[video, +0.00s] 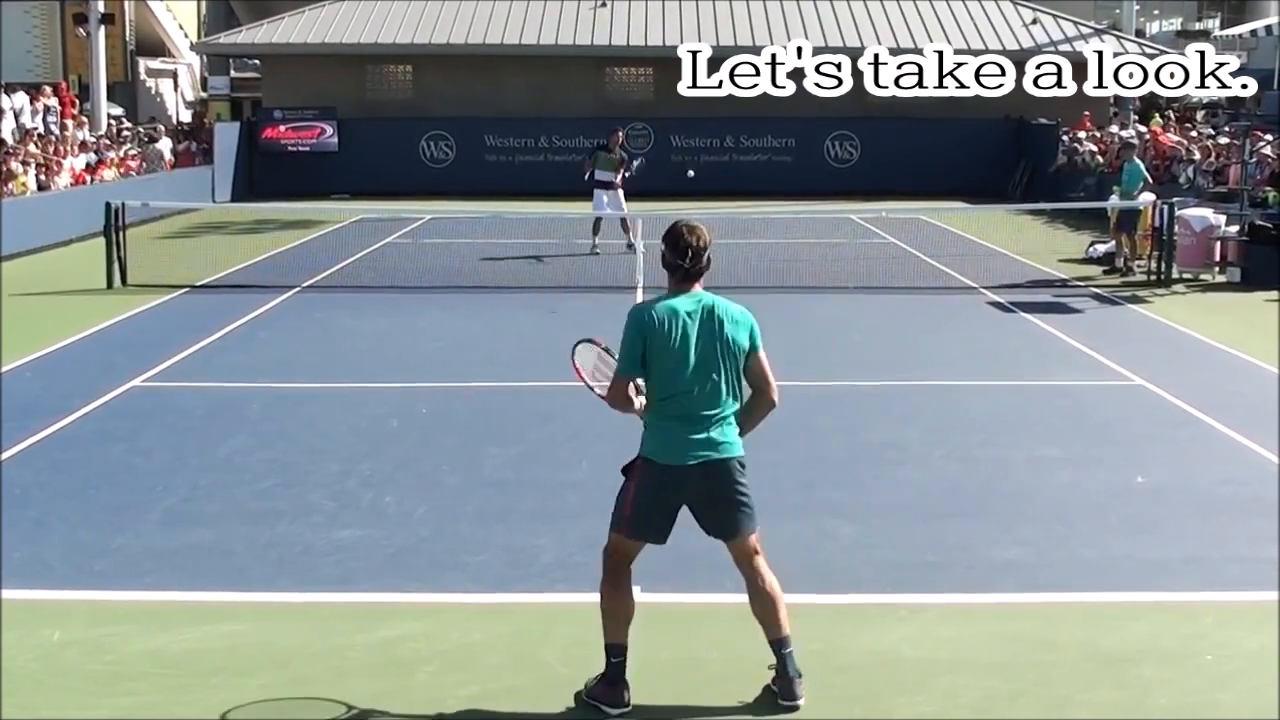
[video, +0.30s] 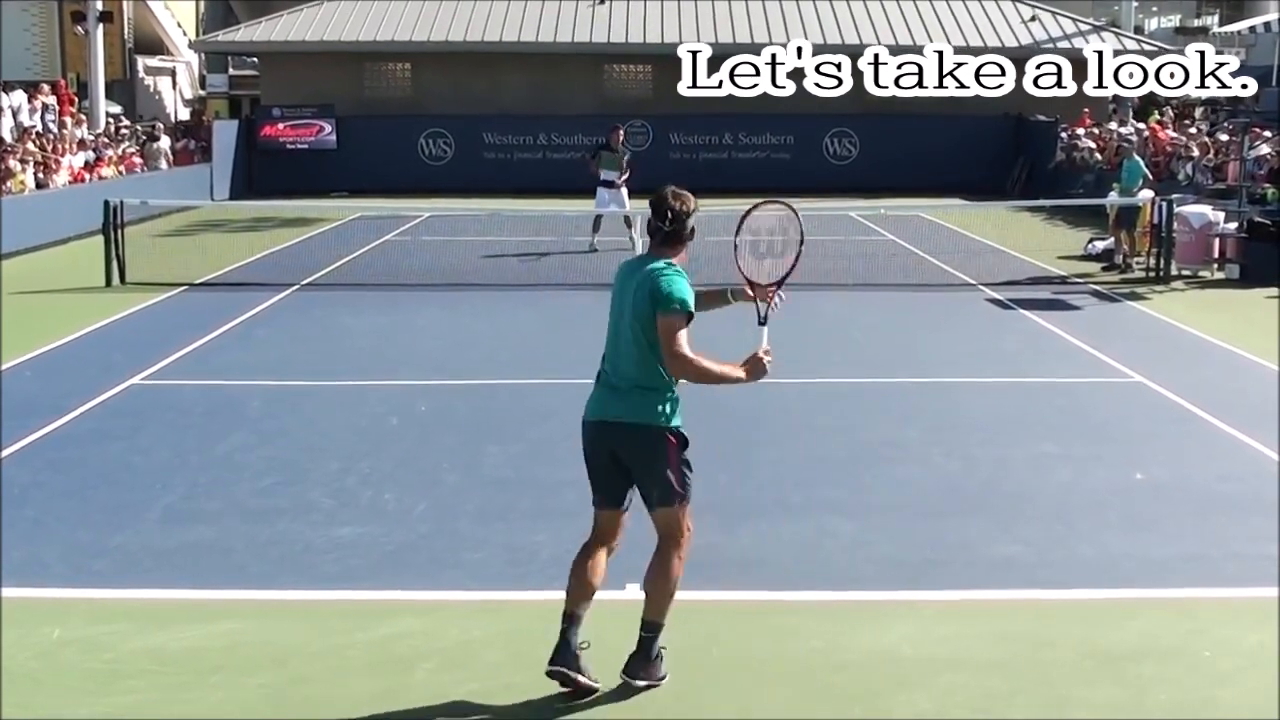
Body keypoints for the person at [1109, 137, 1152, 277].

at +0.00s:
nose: (1122, 153)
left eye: (1125, 150)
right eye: (1122, 150)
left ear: (1132, 151)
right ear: (1123, 151)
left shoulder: (1138, 165)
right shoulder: (1126, 165)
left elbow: (1148, 181)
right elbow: (1125, 181)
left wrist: (1137, 193)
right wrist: (1119, 189)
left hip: (1134, 205)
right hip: (1123, 203)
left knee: (1131, 234)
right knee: (1117, 232)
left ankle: (1132, 265)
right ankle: (1118, 263)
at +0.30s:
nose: (1121, 150)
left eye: (1124, 147)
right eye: (1121, 147)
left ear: (1131, 148)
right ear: (1123, 149)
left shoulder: (1137, 162)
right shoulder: (1126, 161)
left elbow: (1149, 179)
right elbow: (1127, 180)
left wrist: (1136, 191)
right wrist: (1119, 187)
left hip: (1133, 202)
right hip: (1122, 200)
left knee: (1130, 231)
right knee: (1116, 230)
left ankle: (1130, 262)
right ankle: (1117, 260)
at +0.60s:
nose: (1125, 149)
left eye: (1127, 146)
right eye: (1124, 146)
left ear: (1134, 147)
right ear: (1124, 147)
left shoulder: (1139, 160)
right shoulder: (1126, 159)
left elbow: (1151, 177)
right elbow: (1126, 176)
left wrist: (1138, 189)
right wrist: (1121, 186)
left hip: (1135, 200)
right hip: (1123, 198)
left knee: (1131, 230)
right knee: (1116, 228)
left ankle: (1130, 260)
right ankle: (1117, 259)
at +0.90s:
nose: (1126, 151)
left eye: (1129, 148)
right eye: (1125, 148)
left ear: (1135, 149)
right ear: (1124, 149)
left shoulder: (1140, 163)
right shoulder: (1126, 162)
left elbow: (1152, 180)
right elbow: (1126, 179)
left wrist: (1139, 191)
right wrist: (1121, 188)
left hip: (1135, 202)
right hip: (1123, 200)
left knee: (1130, 232)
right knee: (1116, 230)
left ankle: (1129, 262)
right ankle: (1117, 261)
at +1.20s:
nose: (1126, 143)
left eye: (1128, 140)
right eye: (1125, 140)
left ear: (1135, 140)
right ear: (1124, 141)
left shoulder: (1141, 154)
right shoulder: (1127, 154)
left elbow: (1152, 171)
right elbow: (1126, 171)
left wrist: (1140, 183)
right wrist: (1121, 179)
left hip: (1135, 193)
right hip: (1124, 192)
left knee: (1132, 224)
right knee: (1117, 222)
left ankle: (1131, 254)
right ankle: (1118, 252)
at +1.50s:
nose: (1131, 136)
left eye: (1133, 133)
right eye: (1130, 133)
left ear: (1140, 133)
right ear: (1129, 135)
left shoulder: (1144, 147)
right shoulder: (1133, 147)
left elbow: (1157, 164)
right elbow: (1133, 165)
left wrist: (1145, 176)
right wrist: (1127, 172)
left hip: (1140, 187)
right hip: (1130, 186)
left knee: (1137, 218)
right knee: (1122, 215)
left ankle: (1136, 248)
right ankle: (1124, 246)